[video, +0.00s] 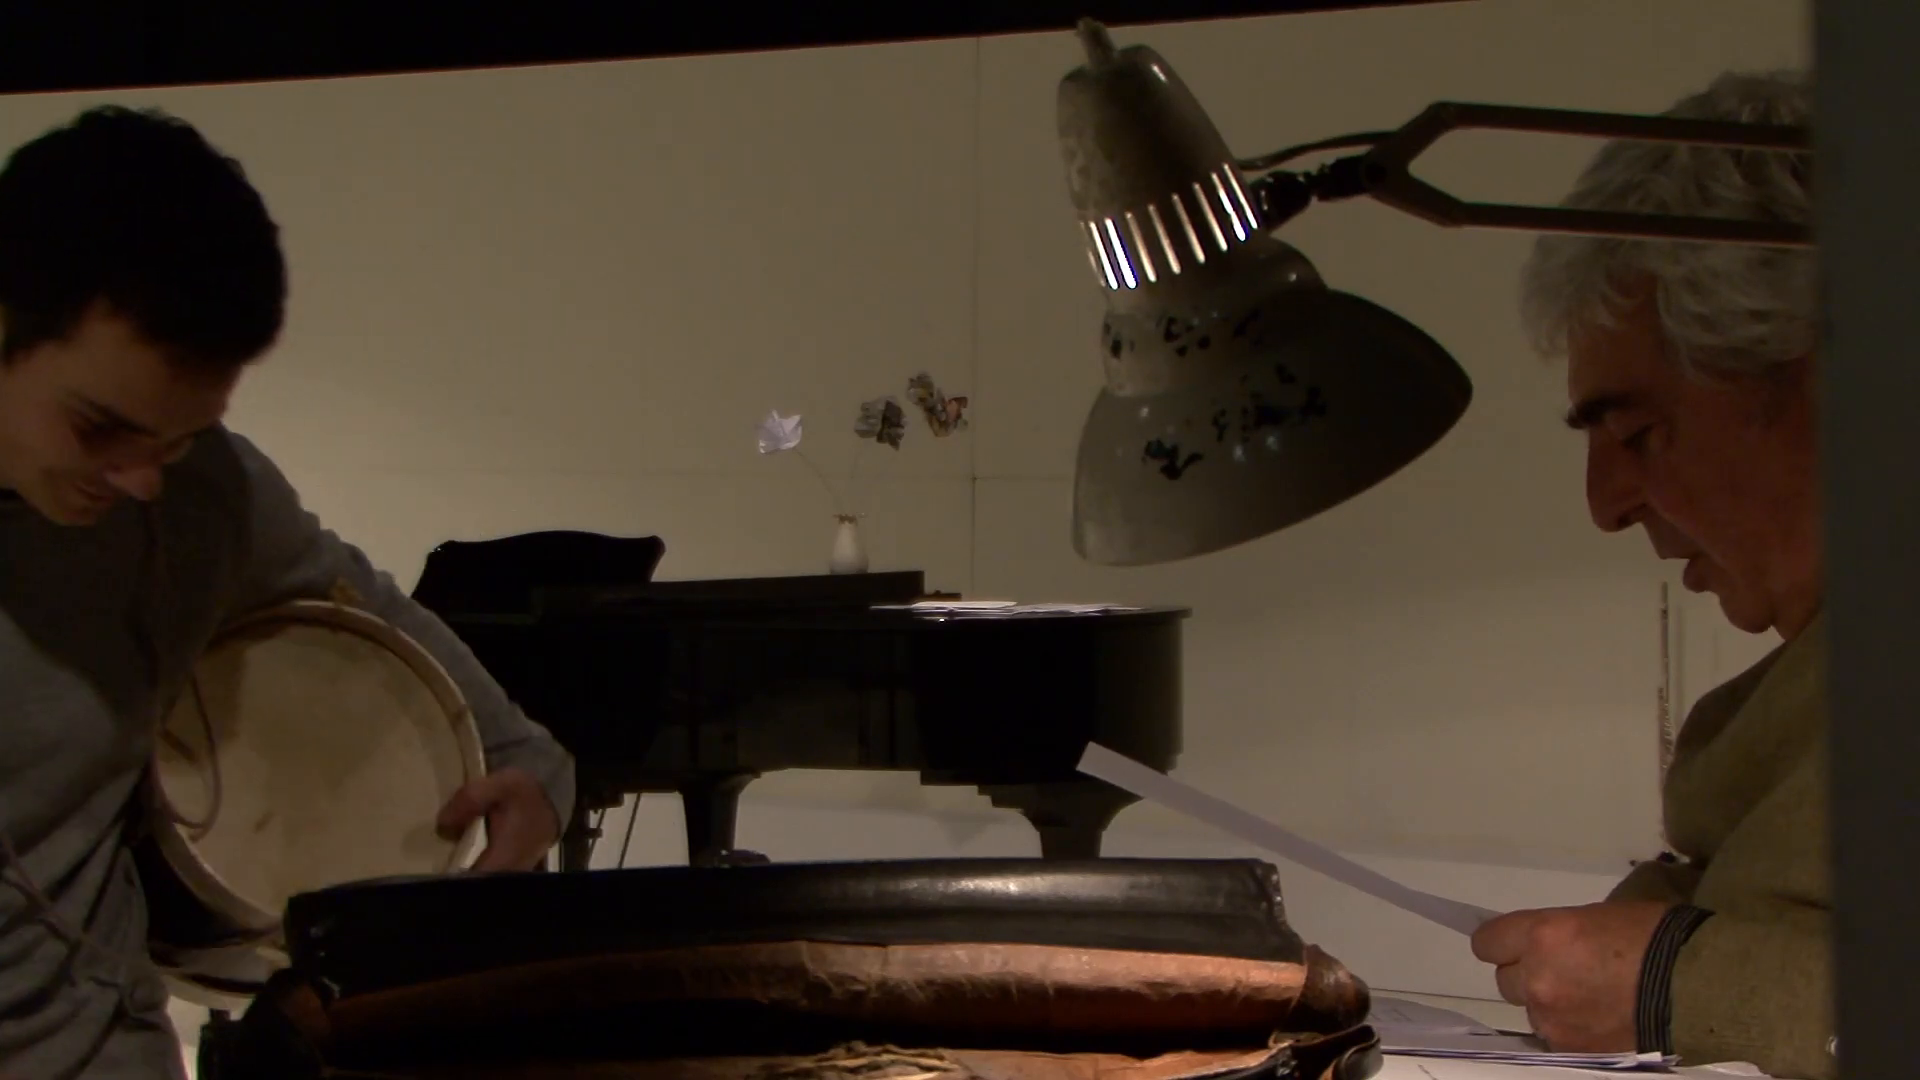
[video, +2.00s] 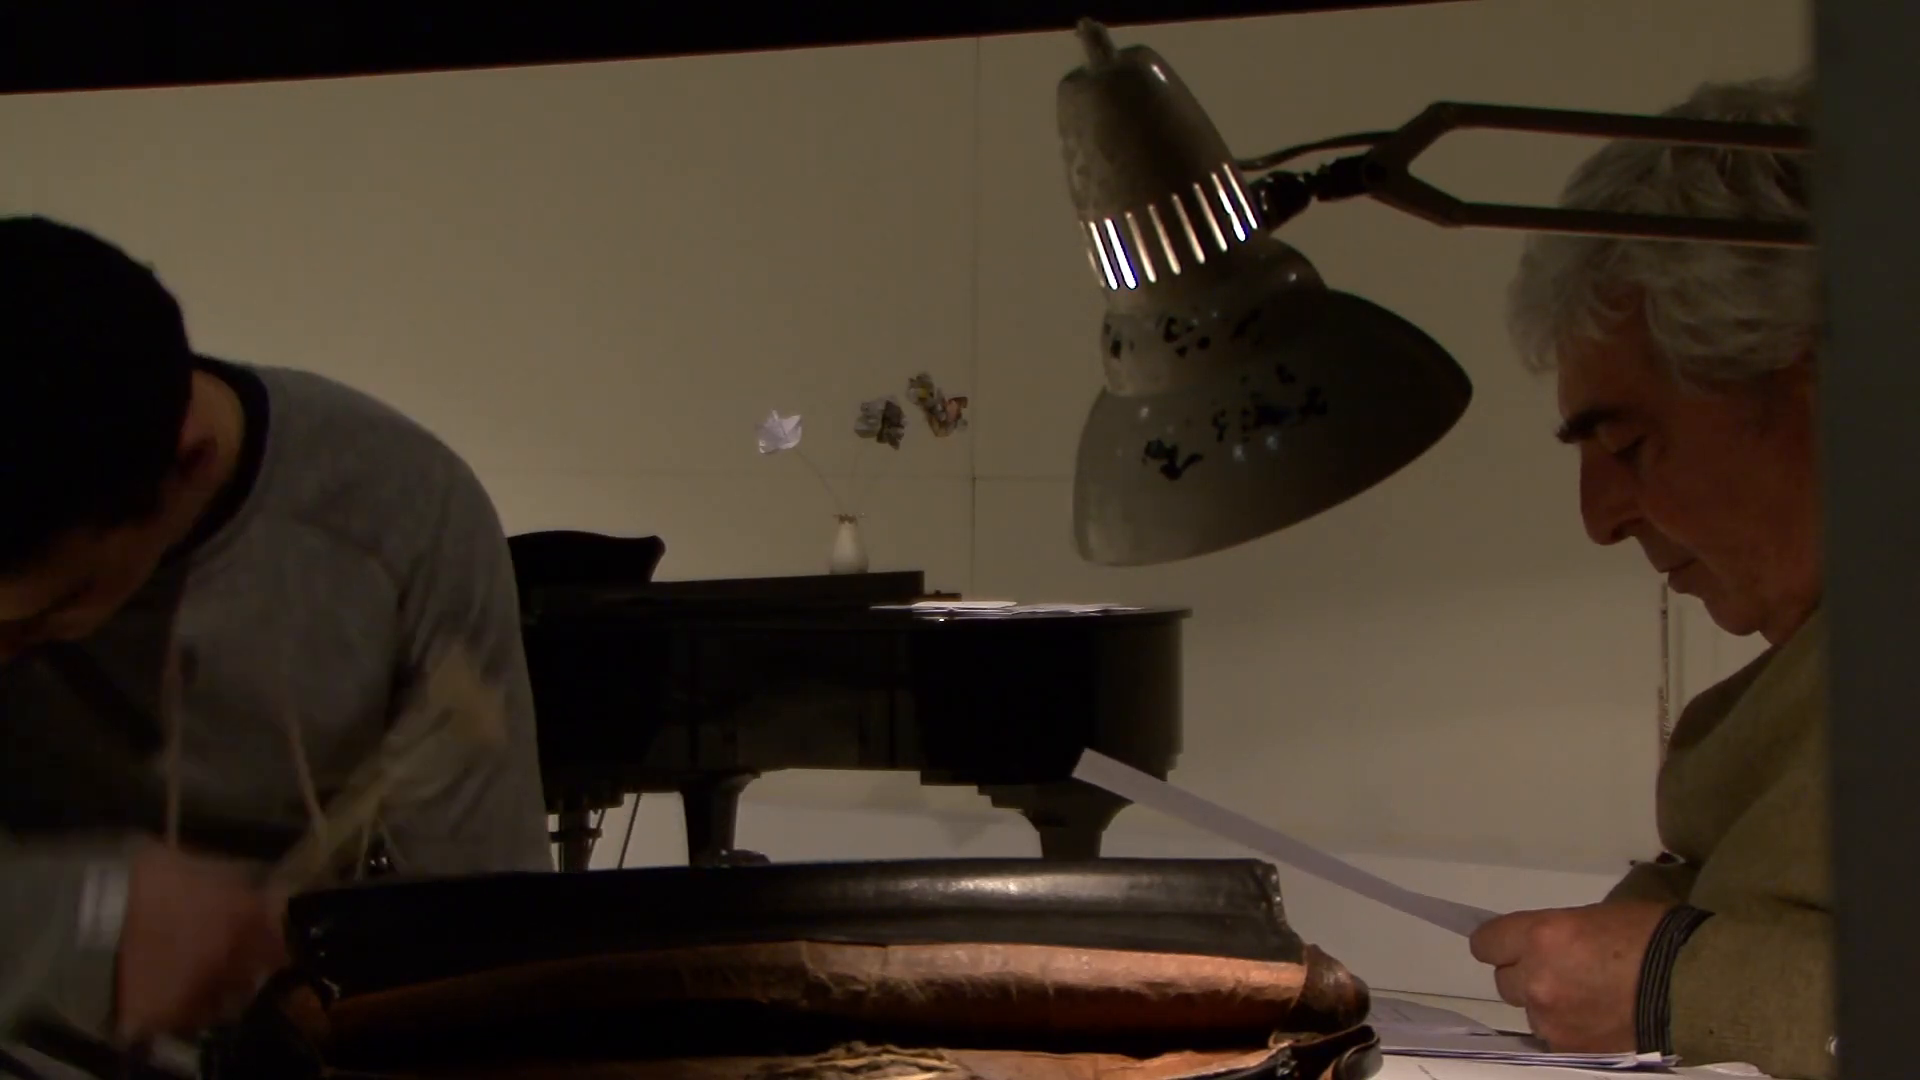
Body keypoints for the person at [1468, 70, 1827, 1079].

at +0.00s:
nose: (1608, 506)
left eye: (1636, 430)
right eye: (1597, 441)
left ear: (1815, 372)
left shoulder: (1875, 658)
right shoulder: (1797, 676)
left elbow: (1895, 1007)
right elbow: (1749, 871)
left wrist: (1673, 983)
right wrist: (1653, 927)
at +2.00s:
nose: (1602, 518)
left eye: (1625, 439)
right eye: (1589, 451)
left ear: (1809, 381)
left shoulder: (1872, 657)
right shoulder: (1795, 670)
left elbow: (1892, 1006)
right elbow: (1737, 873)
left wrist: (1673, 984)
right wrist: (1646, 942)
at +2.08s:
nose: (1602, 519)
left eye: (1624, 439)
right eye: (1590, 452)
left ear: (1806, 377)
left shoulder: (1873, 656)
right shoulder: (1800, 666)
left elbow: (1893, 1004)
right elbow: (1741, 870)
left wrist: (1674, 984)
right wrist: (1646, 936)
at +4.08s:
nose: (1599, 523)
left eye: (1623, 445)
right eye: (1589, 459)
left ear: (1809, 380)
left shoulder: (1873, 653)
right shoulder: (1791, 672)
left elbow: (1896, 1007)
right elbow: (1724, 875)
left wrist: (1674, 985)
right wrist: (1643, 947)